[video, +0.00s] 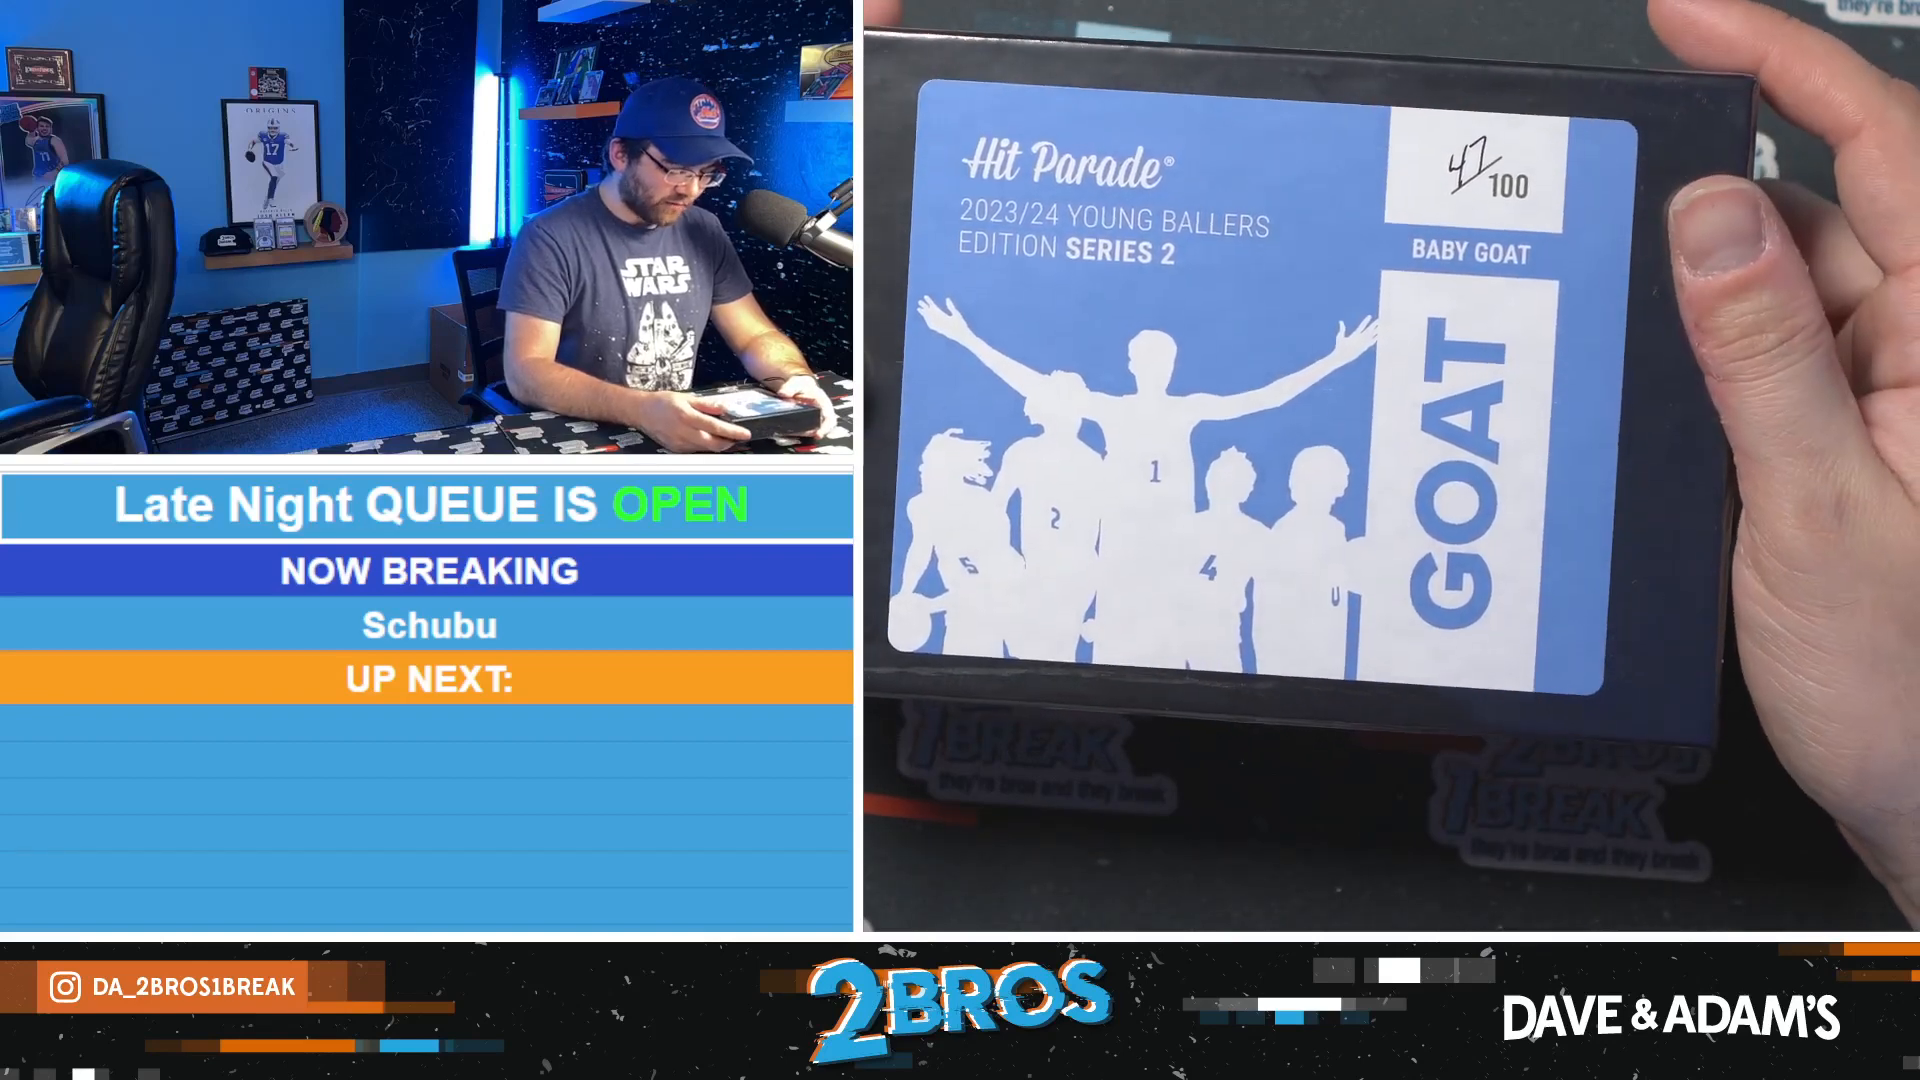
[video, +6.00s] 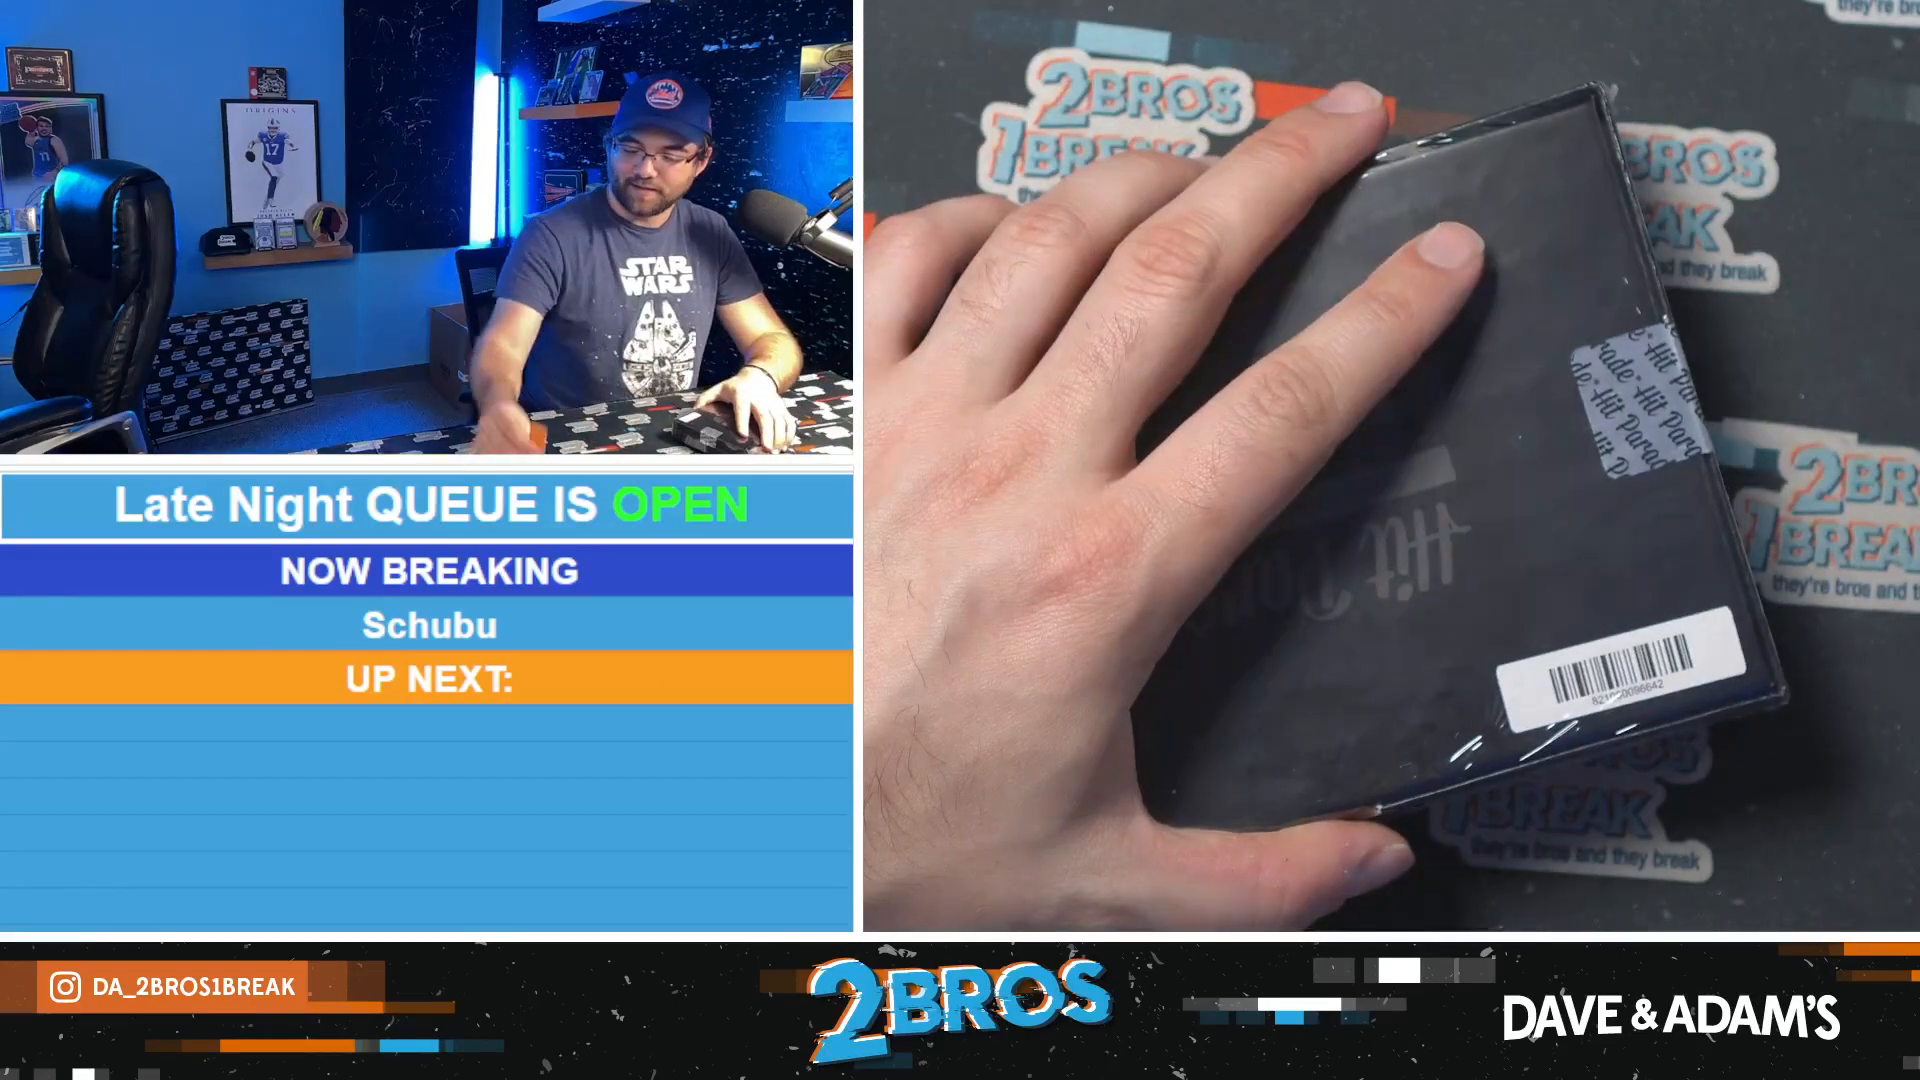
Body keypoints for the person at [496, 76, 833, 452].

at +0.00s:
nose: (689, 189)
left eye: (703, 172)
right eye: (673, 168)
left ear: (715, 169)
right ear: (619, 155)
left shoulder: (701, 231)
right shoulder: (551, 236)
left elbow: (754, 334)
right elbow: (526, 371)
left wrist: (793, 376)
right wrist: (643, 408)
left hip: (679, 456)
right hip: (576, 460)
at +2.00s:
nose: (686, 192)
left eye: (701, 175)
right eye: (670, 170)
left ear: (715, 171)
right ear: (618, 155)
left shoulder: (701, 232)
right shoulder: (553, 237)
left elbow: (756, 335)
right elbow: (528, 373)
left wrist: (795, 375)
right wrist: (641, 408)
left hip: (680, 460)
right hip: (576, 464)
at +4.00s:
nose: (689, 185)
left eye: (704, 169)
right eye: (673, 165)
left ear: (715, 169)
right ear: (620, 152)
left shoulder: (701, 232)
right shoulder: (552, 239)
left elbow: (755, 333)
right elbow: (527, 375)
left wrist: (797, 380)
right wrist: (641, 398)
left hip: (686, 457)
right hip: (581, 462)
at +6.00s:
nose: (645, 170)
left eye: (670, 155)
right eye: (631, 149)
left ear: (701, 161)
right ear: (610, 148)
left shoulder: (709, 236)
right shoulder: (550, 238)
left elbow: (772, 341)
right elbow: (499, 348)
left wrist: (760, 376)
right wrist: (496, 408)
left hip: (677, 455)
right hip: (568, 457)